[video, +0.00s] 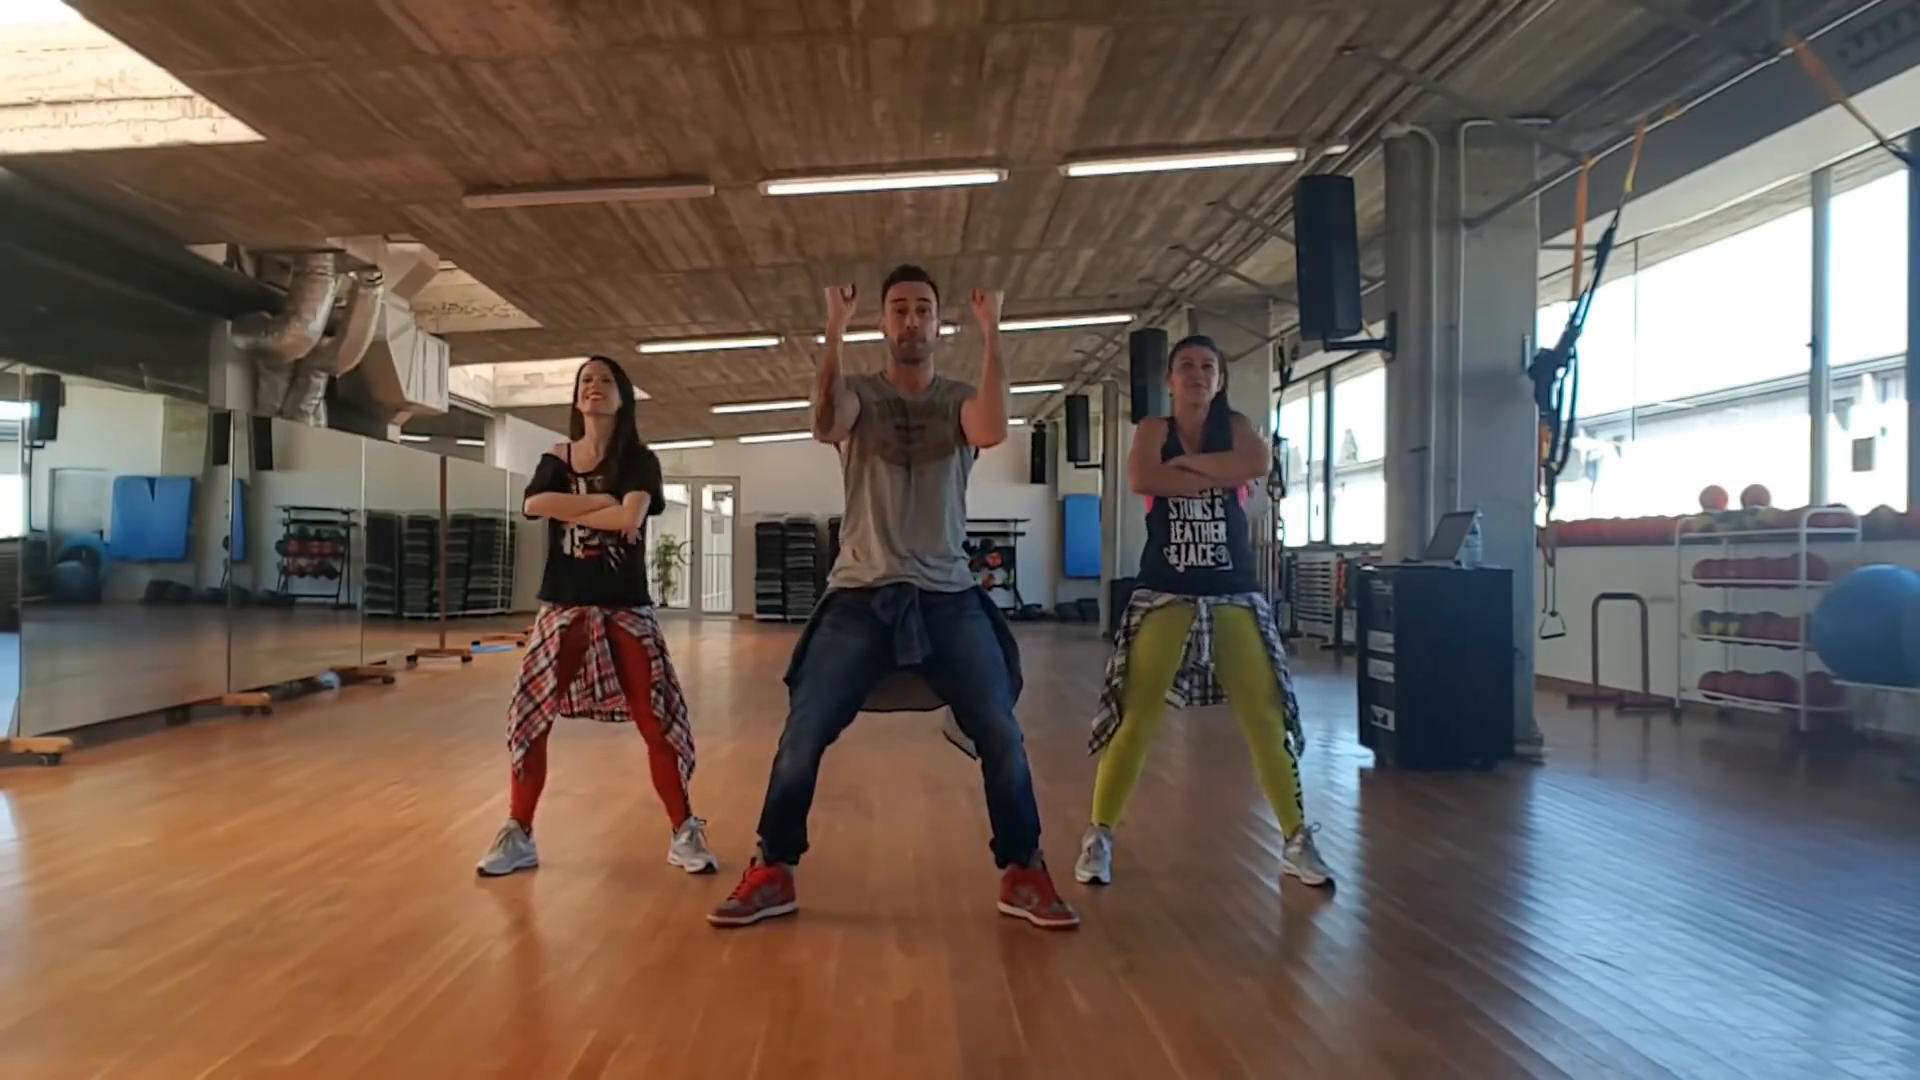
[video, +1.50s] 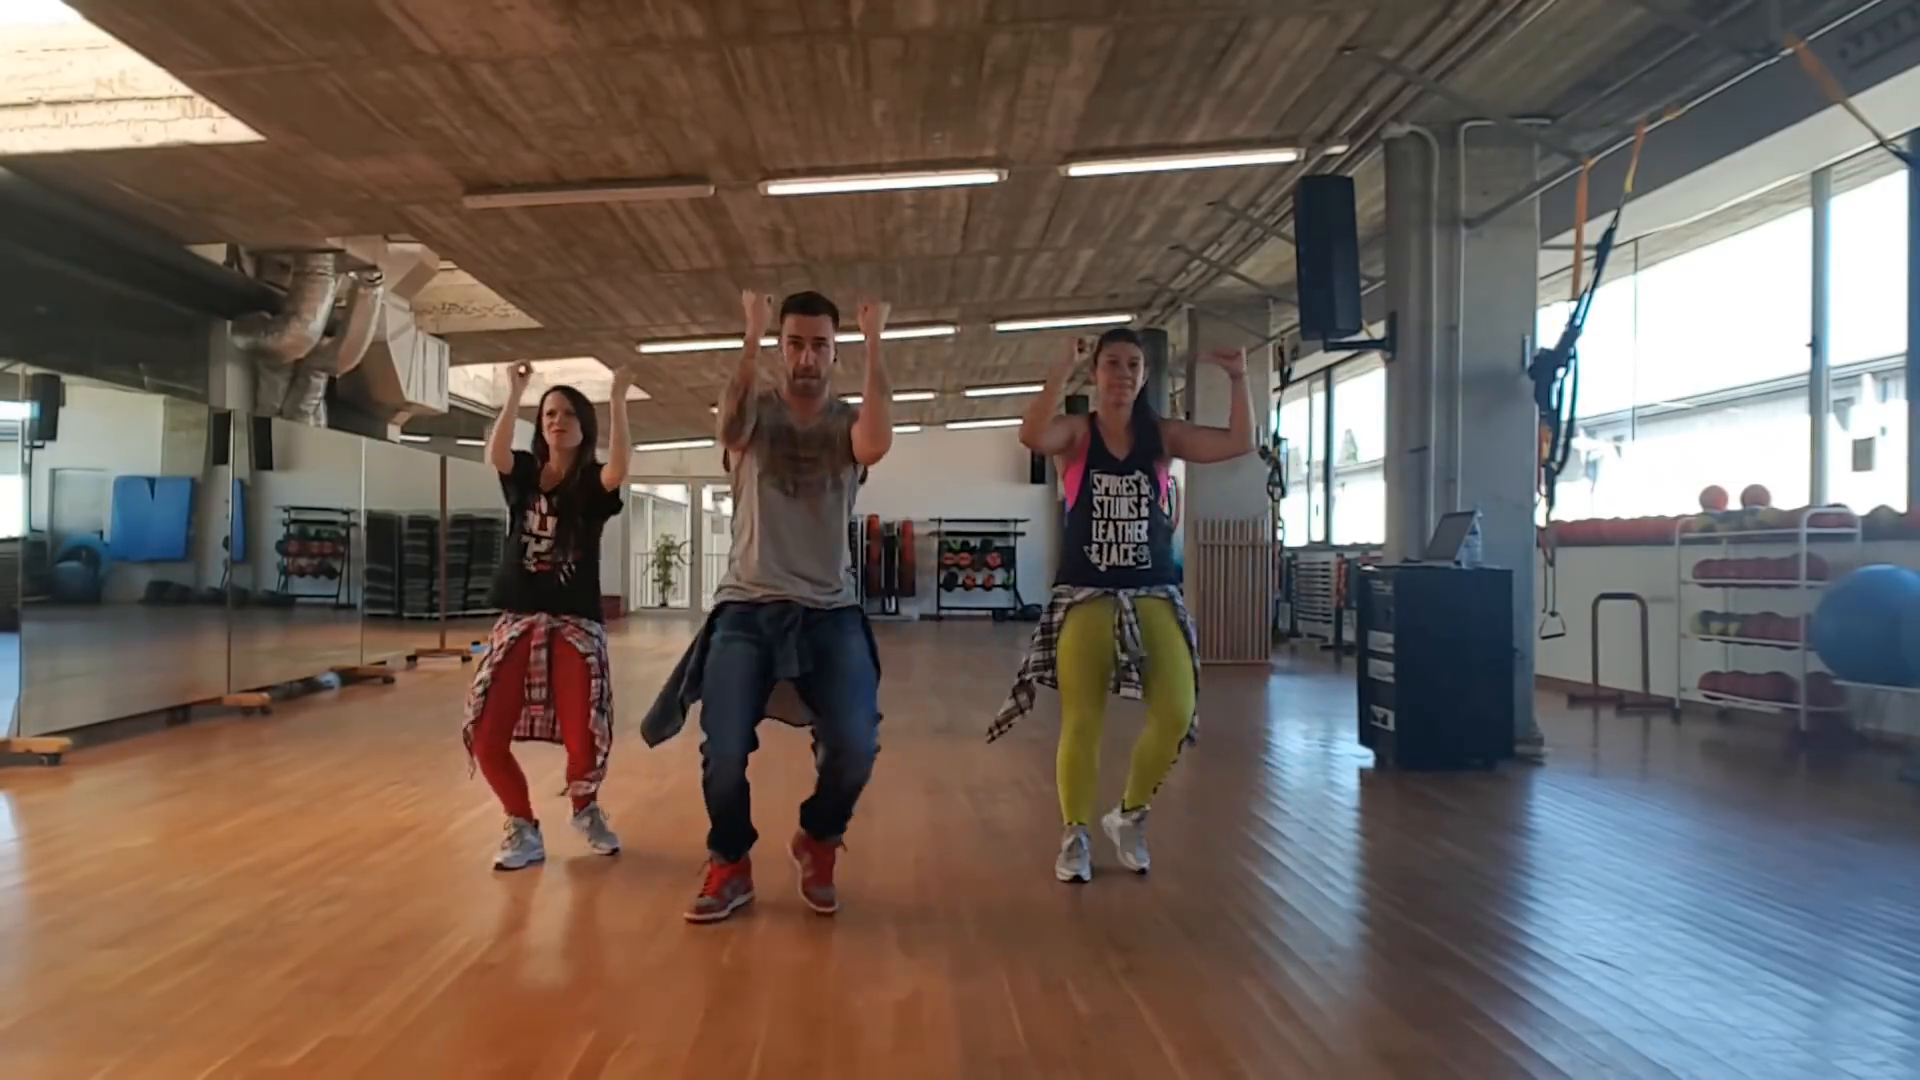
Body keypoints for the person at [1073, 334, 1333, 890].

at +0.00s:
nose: (1197, 374)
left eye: (1206, 367)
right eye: (1186, 366)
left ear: (1220, 379)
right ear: (1170, 379)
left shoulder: (1236, 426)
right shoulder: (1153, 429)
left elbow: (1257, 464)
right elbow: (1141, 478)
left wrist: (1181, 462)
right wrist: (1220, 476)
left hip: (1233, 591)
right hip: (1164, 591)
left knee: (1264, 714)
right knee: (1138, 717)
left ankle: (1297, 841)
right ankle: (1098, 838)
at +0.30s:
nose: (1199, 372)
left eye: (1209, 364)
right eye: (1188, 364)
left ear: (1223, 377)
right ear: (1171, 378)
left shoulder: (1241, 431)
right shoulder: (1154, 433)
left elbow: (1295, 433)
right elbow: (1103, 448)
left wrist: (1259, 370)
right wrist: (1132, 379)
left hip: (1237, 593)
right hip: (1168, 592)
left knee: (1263, 717)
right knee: (1136, 716)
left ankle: (1282, 840)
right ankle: (1099, 837)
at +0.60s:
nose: (1227, 381)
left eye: (1234, 373)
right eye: (1215, 374)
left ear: (1248, 385)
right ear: (1196, 388)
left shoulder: (1263, 439)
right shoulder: (1185, 442)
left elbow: (1311, 442)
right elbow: (1134, 461)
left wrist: (1274, 379)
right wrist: (1155, 392)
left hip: (1265, 601)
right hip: (1197, 603)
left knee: (1292, 719)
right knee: (1167, 723)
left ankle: (1285, 843)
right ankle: (1114, 836)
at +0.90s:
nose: (1183, 389)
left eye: (1193, 380)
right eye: (1171, 377)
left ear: (1205, 390)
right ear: (1150, 388)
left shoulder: (1221, 443)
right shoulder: (1135, 444)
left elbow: (1301, 447)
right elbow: (1137, 446)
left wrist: (1284, 379)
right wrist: (1174, 392)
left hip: (1214, 606)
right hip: (1141, 606)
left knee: (1248, 731)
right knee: (1106, 728)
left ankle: (1285, 843)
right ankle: (1077, 843)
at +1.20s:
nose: (1132, 375)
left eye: (1143, 367)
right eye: (1123, 366)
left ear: (1158, 378)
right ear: (1107, 375)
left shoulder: (1173, 437)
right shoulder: (1085, 430)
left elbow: (1248, 442)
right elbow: (1029, 444)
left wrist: (1231, 380)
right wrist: (1054, 381)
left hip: (1156, 595)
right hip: (1087, 594)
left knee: (1201, 703)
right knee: (1086, 722)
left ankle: (1177, 813)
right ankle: (1076, 836)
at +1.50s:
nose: (1122, 374)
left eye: (1132, 366)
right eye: (1112, 365)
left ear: (1144, 376)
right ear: (1094, 373)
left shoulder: (1161, 433)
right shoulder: (1076, 429)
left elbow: (1238, 442)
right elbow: (1032, 436)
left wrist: (1237, 376)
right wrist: (1061, 374)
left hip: (1154, 592)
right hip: (1087, 592)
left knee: (1176, 711)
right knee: (1082, 719)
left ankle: (1129, 815)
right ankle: (1075, 835)